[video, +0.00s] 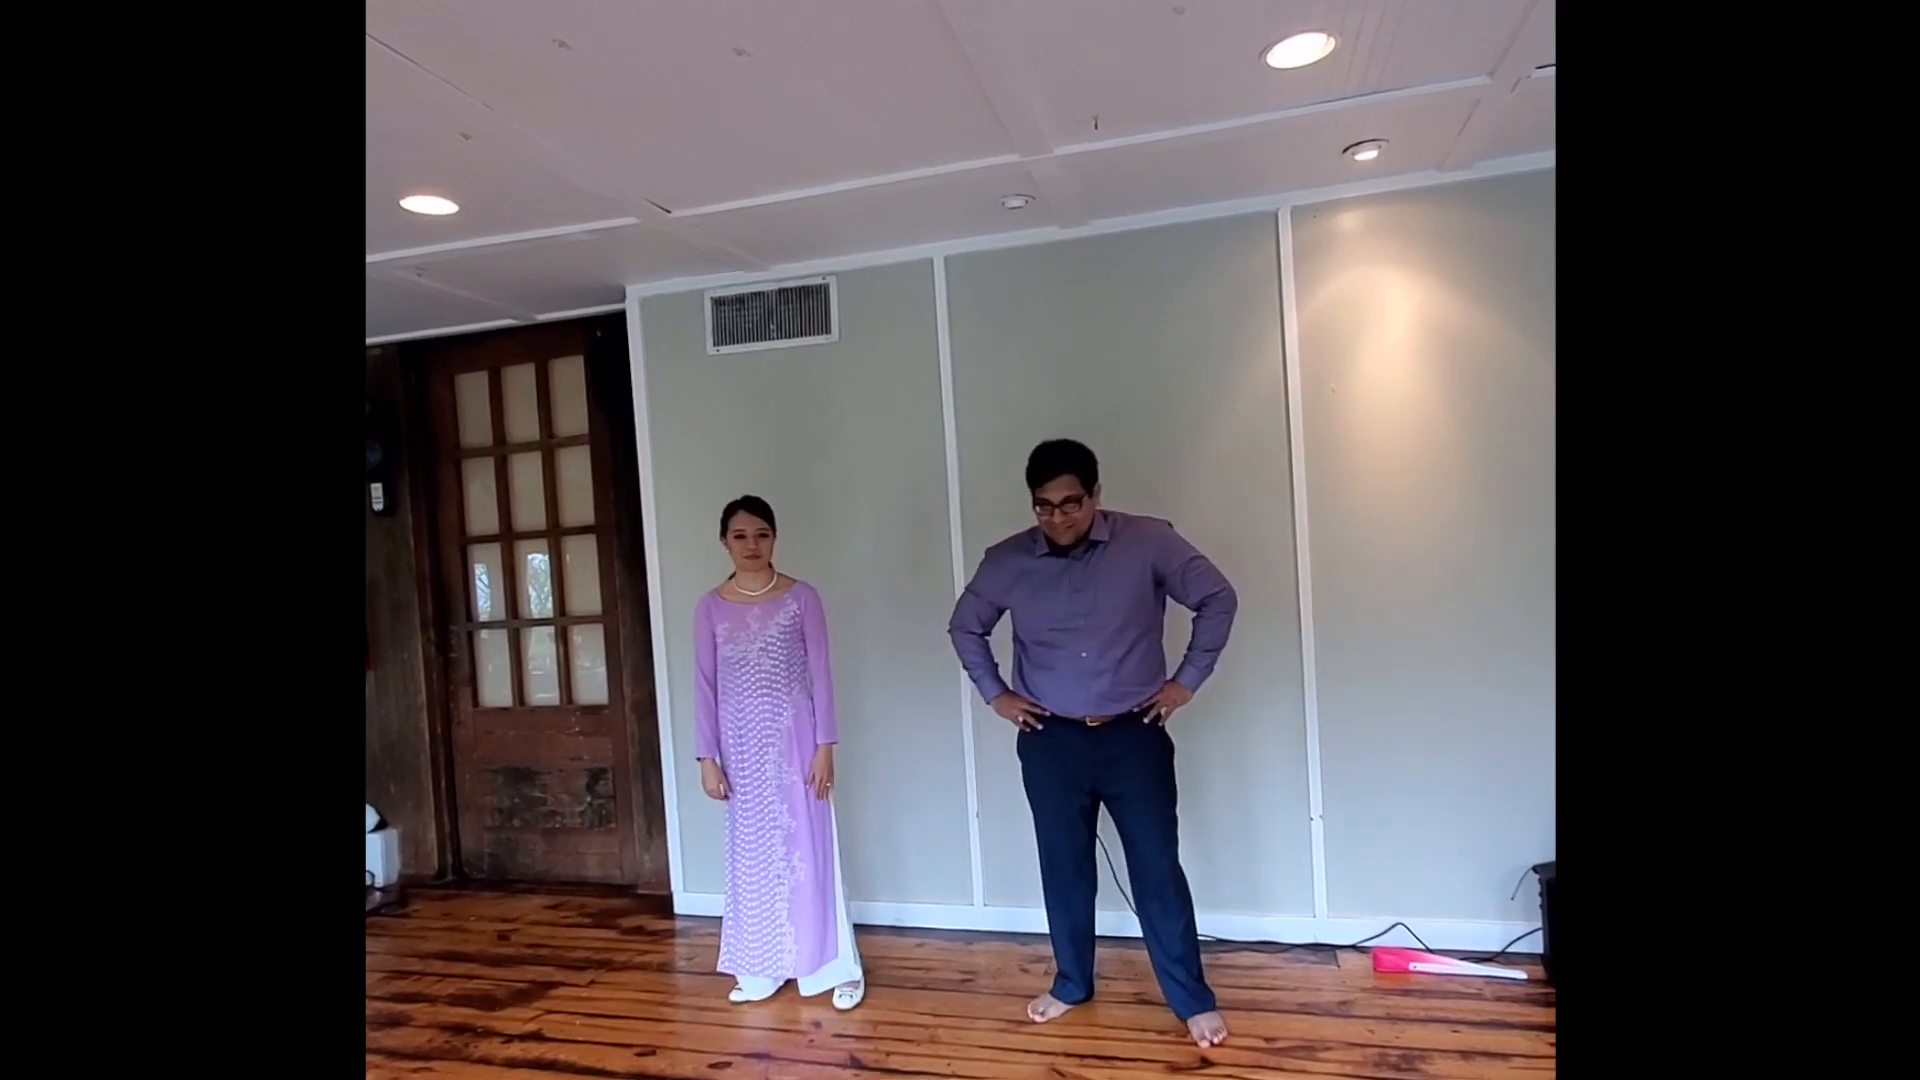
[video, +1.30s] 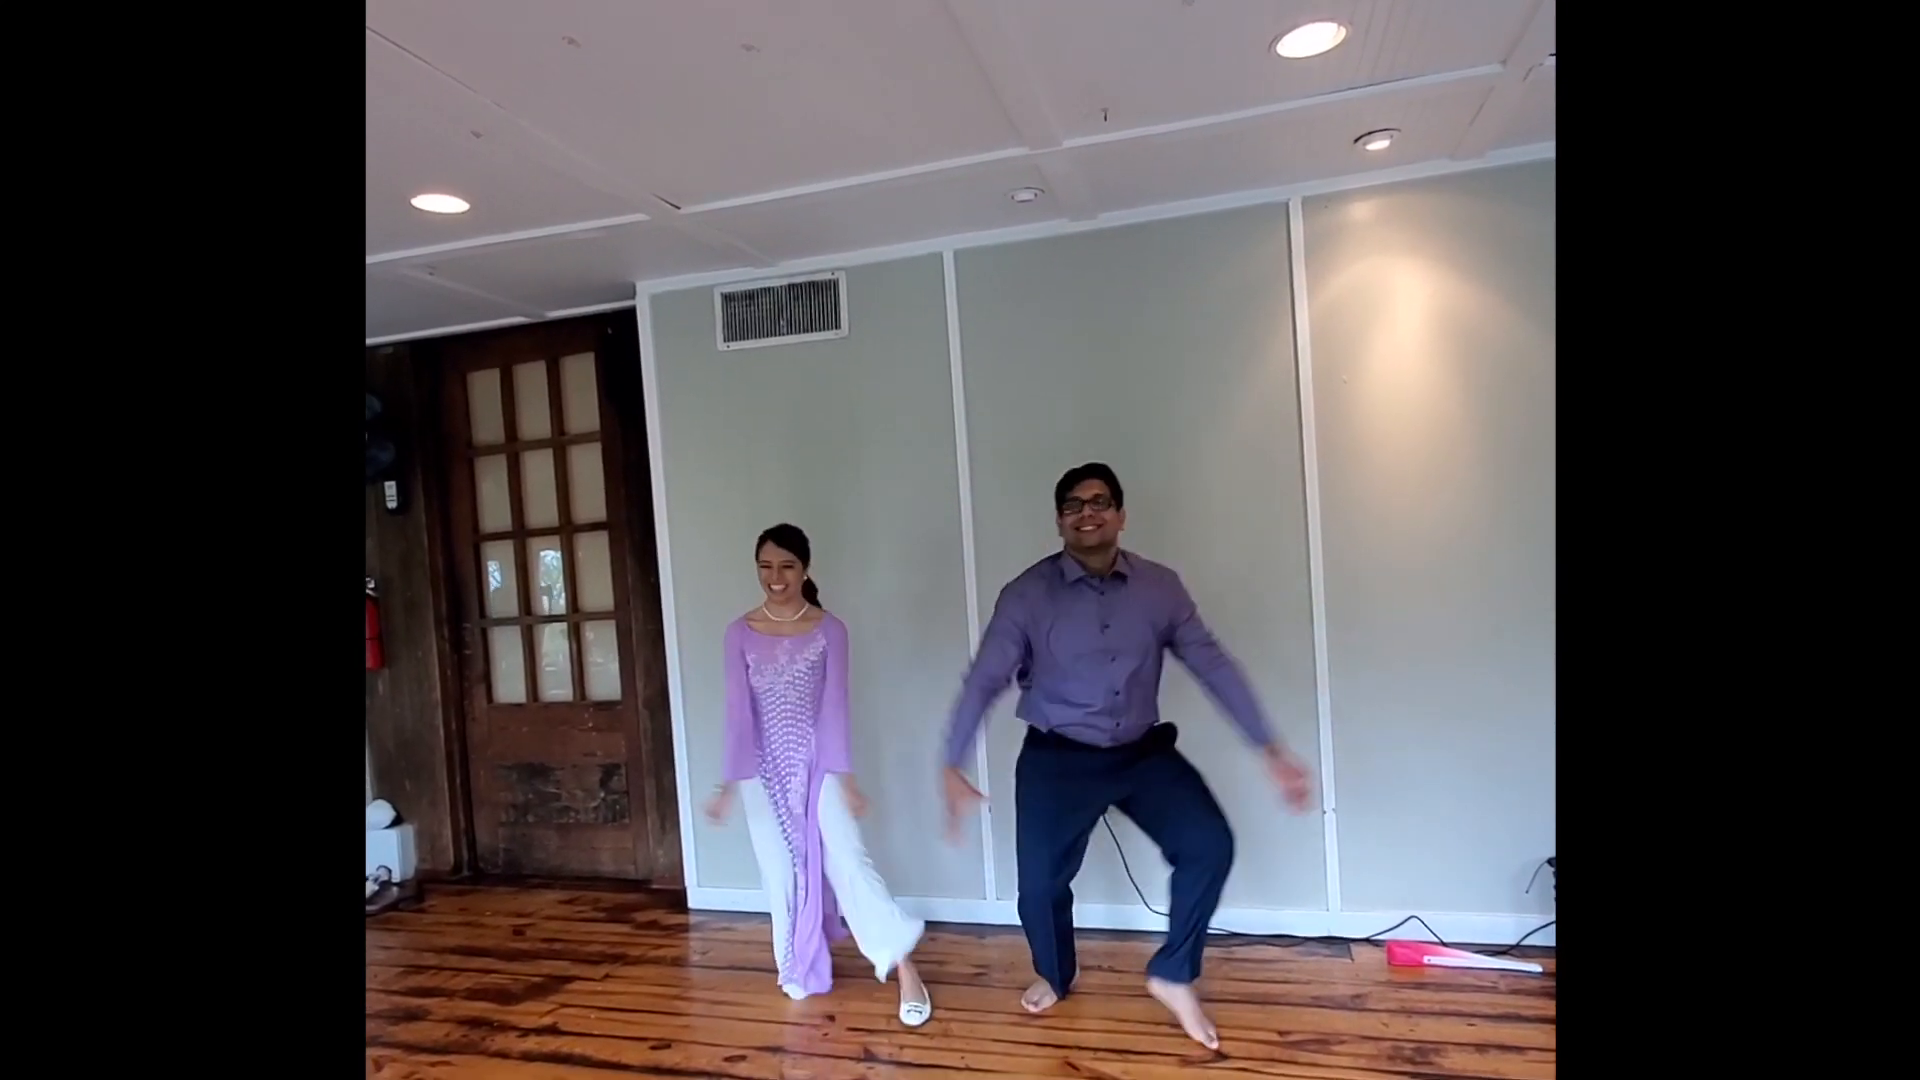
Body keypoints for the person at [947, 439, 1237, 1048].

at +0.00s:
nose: (1058, 518)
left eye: (1070, 503)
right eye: (1045, 506)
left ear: (1095, 494)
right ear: (1032, 504)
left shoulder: (1148, 542)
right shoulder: (1007, 563)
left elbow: (1218, 599)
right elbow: (965, 627)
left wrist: (1187, 679)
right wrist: (995, 692)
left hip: (1135, 736)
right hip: (1050, 741)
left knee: (1158, 872)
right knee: (1064, 870)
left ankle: (1193, 1001)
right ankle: (1072, 985)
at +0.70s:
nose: (1083, 483)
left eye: (1096, 472)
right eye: (1071, 475)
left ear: (1120, 479)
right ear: (1060, 487)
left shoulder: (1165, 537)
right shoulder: (1039, 553)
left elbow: (1202, 613)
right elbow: (1042, 635)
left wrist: (1207, 698)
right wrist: (1072, 709)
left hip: (1161, 724)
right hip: (1073, 728)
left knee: (1185, 857)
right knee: (1049, 854)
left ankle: (1209, 976)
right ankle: (1062, 964)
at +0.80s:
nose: (1070, 468)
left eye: (1083, 457)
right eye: (1057, 459)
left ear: (1103, 467)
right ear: (1043, 470)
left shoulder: (1139, 519)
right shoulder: (1020, 534)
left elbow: (1209, 577)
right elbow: (1014, 606)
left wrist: (1169, 635)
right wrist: (1095, 651)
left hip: (1154, 706)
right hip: (1068, 713)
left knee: (1199, 823)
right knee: (1060, 842)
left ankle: (1211, 955)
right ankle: (1060, 962)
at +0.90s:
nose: (1061, 486)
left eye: (1074, 476)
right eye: (1049, 477)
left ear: (1094, 488)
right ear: (1034, 490)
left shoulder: (1128, 541)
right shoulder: (1009, 560)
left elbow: (1220, 581)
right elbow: (999, 622)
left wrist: (1159, 581)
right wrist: (1085, 594)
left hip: (1140, 705)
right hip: (1056, 728)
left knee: (1221, 770)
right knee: (1048, 853)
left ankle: (1187, 877)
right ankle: (1067, 960)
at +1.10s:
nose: (1060, 519)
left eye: (1072, 508)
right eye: (1046, 510)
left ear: (1090, 520)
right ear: (1030, 524)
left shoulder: (1130, 582)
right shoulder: (1006, 604)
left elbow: (1164, 672)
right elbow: (1037, 689)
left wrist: (1147, 668)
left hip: (1121, 735)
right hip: (1042, 749)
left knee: (1200, 799)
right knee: (1032, 875)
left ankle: (1158, 935)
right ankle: (1052, 975)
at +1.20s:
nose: (1066, 521)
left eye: (1079, 511)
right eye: (1054, 513)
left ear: (1098, 523)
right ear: (1037, 527)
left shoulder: (1137, 589)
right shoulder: (1011, 613)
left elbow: (1166, 679)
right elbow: (1029, 707)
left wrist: (1177, 768)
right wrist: (1057, 787)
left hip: (1125, 753)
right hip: (1043, 755)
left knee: (1175, 861)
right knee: (1038, 874)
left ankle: (1154, 1001)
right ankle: (1051, 977)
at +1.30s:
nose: (1087, 514)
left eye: (1100, 504)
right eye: (1074, 506)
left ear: (1121, 516)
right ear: (1059, 521)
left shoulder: (1159, 587)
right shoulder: (1027, 595)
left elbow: (1212, 664)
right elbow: (985, 678)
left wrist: (1271, 747)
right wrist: (953, 761)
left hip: (1143, 752)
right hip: (1057, 755)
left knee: (1208, 846)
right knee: (1040, 882)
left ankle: (1173, 974)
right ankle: (1053, 975)